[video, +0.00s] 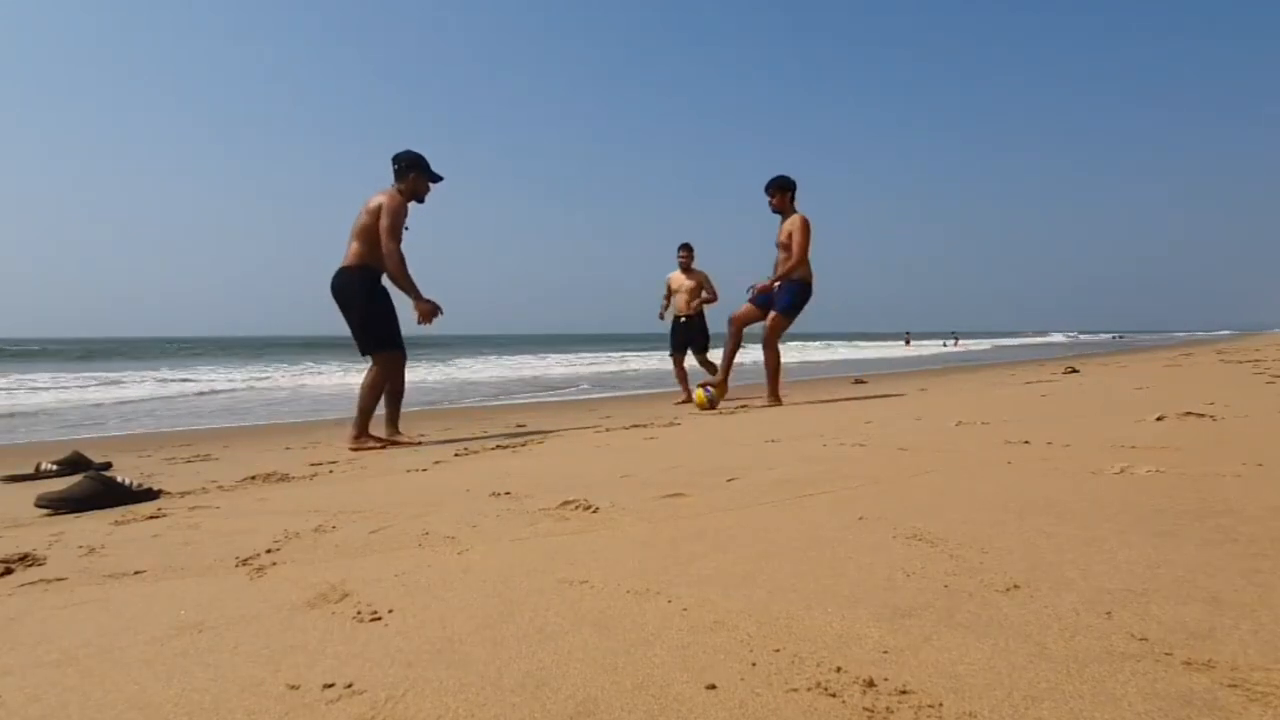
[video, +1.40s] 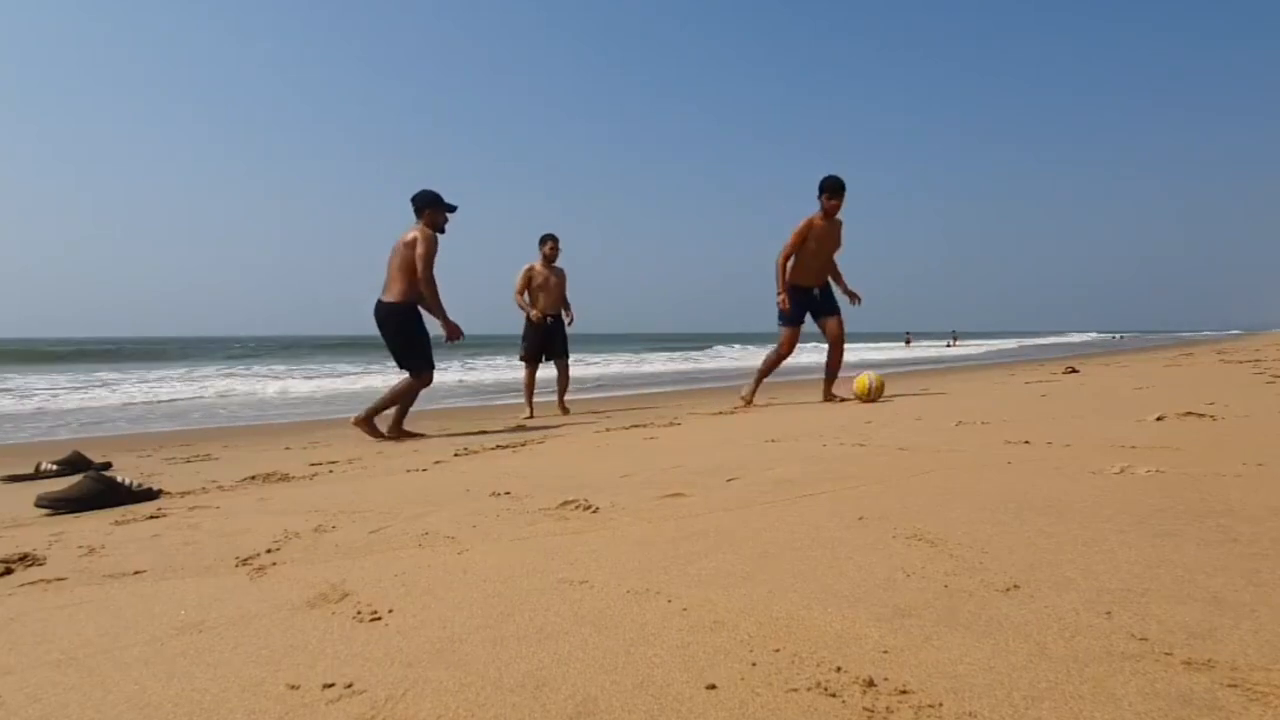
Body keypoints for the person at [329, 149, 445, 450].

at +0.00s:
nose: (429, 188)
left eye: (429, 182)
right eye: (426, 181)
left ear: (405, 179)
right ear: (410, 178)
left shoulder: (388, 203)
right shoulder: (391, 202)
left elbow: (390, 262)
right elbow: (390, 256)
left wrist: (417, 299)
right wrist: (418, 298)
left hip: (366, 283)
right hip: (357, 283)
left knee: (396, 358)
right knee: (384, 359)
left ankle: (392, 431)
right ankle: (358, 433)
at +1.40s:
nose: (447, 218)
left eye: (446, 213)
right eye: (442, 212)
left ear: (423, 214)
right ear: (427, 213)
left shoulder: (408, 238)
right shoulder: (425, 237)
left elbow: (416, 292)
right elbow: (425, 281)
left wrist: (445, 321)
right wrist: (445, 320)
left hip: (387, 307)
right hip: (402, 310)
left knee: (419, 374)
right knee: (423, 376)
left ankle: (395, 426)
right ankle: (367, 416)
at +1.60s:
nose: (465, 228)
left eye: (465, 223)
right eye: (461, 222)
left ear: (441, 222)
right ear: (445, 221)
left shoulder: (424, 244)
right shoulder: (439, 245)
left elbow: (427, 297)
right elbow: (432, 286)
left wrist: (451, 330)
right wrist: (448, 329)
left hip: (392, 311)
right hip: (407, 312)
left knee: (427, 368)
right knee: (457, 367)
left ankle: (398, 424)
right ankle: (413, 415)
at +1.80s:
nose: (487, 204)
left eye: (486, 199)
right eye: (482, 198)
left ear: (462, 198)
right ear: (465, 197)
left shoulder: (444, 220)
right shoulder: (454, 222)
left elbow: (442, 273)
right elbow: (444, 270)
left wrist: (461, 314)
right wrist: (458, 312)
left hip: (413, 295)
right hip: (428, 296)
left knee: (428, 359)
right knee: (469, 359)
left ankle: (406, 418)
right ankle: (448, 426)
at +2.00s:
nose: (507, 177)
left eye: (507, 171)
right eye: (503, 170)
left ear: (486, 171)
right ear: (483, 169)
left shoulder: (481, 212)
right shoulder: (463, 193)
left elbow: (479, 260)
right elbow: (446, 235)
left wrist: (495, 302)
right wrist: (460, 283)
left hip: (444, 275)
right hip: (431, 271)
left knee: (465, 346)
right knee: (466, 344)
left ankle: (446, 420)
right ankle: (439, 419)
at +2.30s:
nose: (537, 156)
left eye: (538, 149)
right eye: (532, 148)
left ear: (517, 148)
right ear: (511, 145)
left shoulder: (521, 196)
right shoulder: (484, 182)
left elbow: (528, 246)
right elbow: (452, 227)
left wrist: (545, 286)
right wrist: (444, 282)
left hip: (496, 273)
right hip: (471, 270)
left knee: (507, 360)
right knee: (492, 351)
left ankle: (458, 408)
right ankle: (465, 430)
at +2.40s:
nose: (552, 139)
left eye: (552, 132)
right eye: (547, 131)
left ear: (532, 133)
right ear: (525, 131)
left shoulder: (535, 177)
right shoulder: (501, 168)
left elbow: (537, 224)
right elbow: (474, 217)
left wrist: (551, 261)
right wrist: (465, 271)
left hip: (513, 262)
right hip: (490, 259)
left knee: (532, 346)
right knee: (501, 345)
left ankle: (487, 409)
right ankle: (471, 427)